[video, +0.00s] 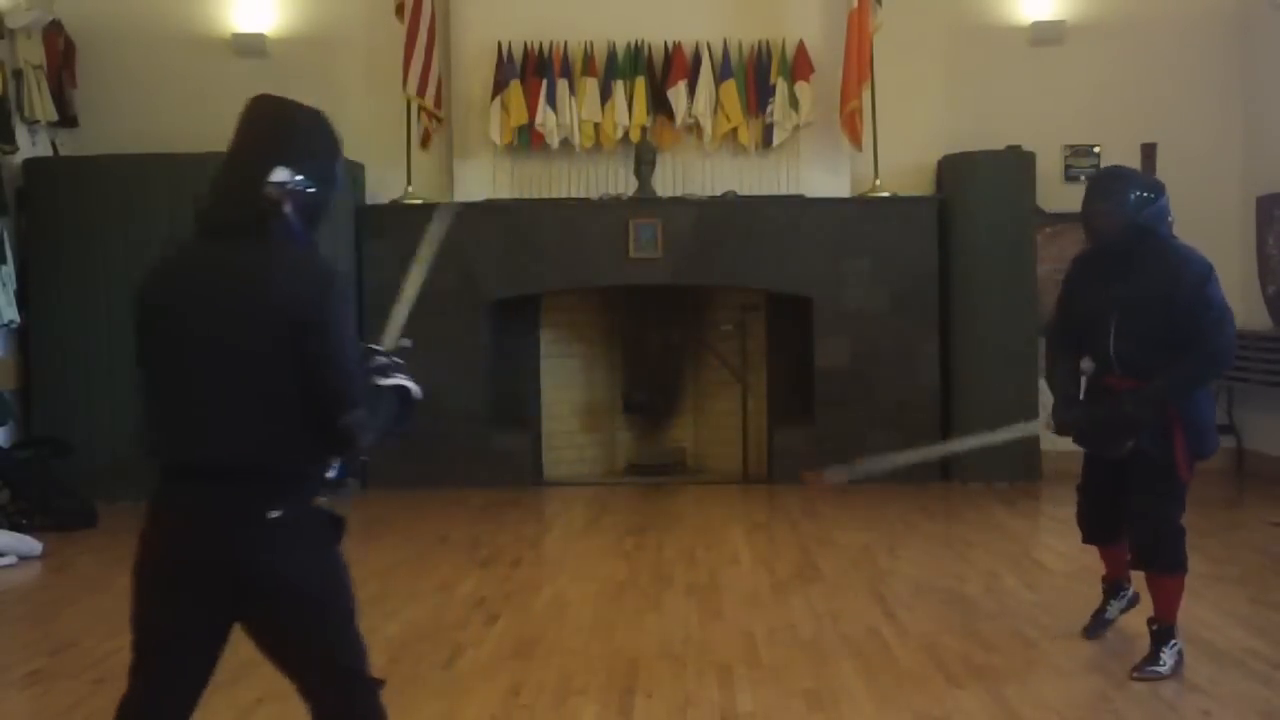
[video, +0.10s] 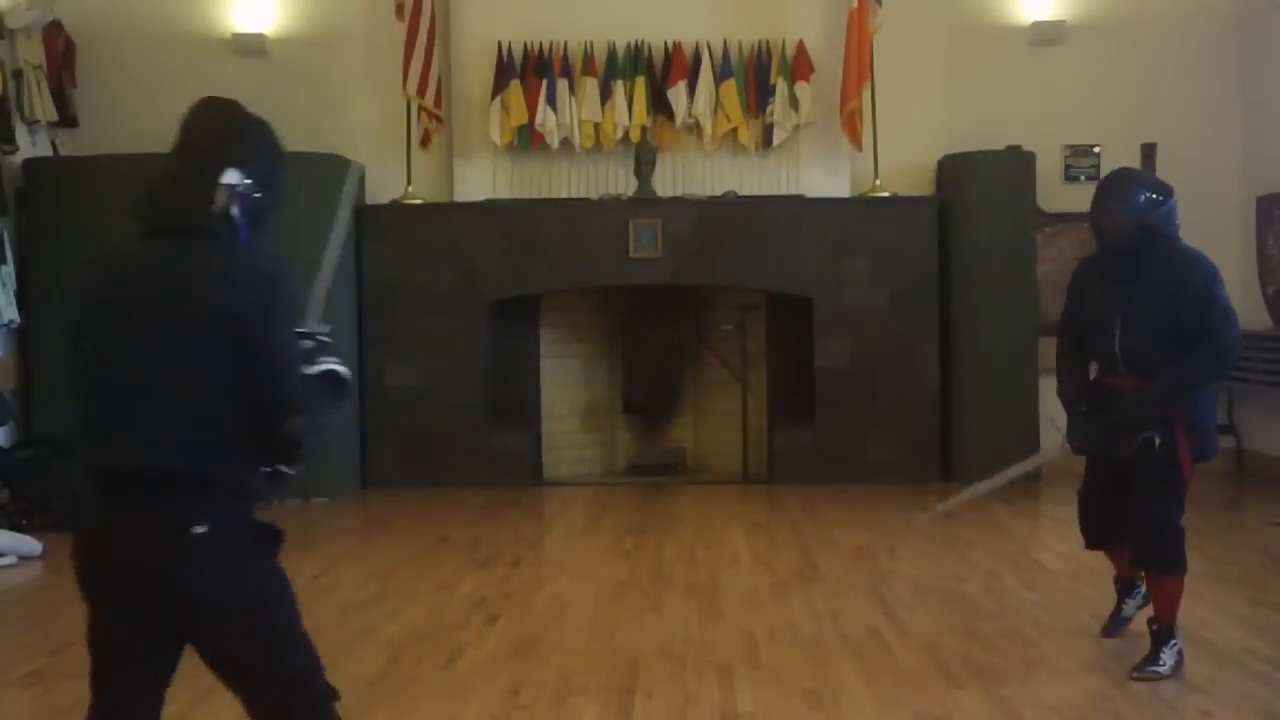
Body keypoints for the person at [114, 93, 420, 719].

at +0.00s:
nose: (331, 201)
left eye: (330, 182)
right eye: (327, 184)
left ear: (237, 173)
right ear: (303, 189)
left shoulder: (171, 273)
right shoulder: (308, 280)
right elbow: (344, 426)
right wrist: (391, 394)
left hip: (180, 530)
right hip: (280, 537)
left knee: (152, 705)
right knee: (348, 702)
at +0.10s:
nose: (270, 209)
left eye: (270, 189)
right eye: (267, 190)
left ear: (179, 172)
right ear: (243, 192)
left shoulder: (113, 270)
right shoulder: (247, 281)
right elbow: (276, 428)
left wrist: (267, 355)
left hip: (114, 535)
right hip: (209, 542)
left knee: (118, 709)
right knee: (302, 706)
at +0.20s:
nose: (207, 191)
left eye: (207, 174)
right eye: (205, 175)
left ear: (123, 161)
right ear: (188, 180)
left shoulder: (53, 259)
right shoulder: (198, 272)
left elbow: (16, 378)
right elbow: (227, 414)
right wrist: (257, 373)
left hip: (66, 520)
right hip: (163, 526)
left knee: (96, 704)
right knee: (262, 698)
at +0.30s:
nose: (157, 168)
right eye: (154, 155)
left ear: (72, 153)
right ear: (144, 166)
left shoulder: (19, 246)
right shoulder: (160, 261)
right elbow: (194, 397)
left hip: (29, 521)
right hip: (130, 522)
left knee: (65, 700)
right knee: (185, 704)